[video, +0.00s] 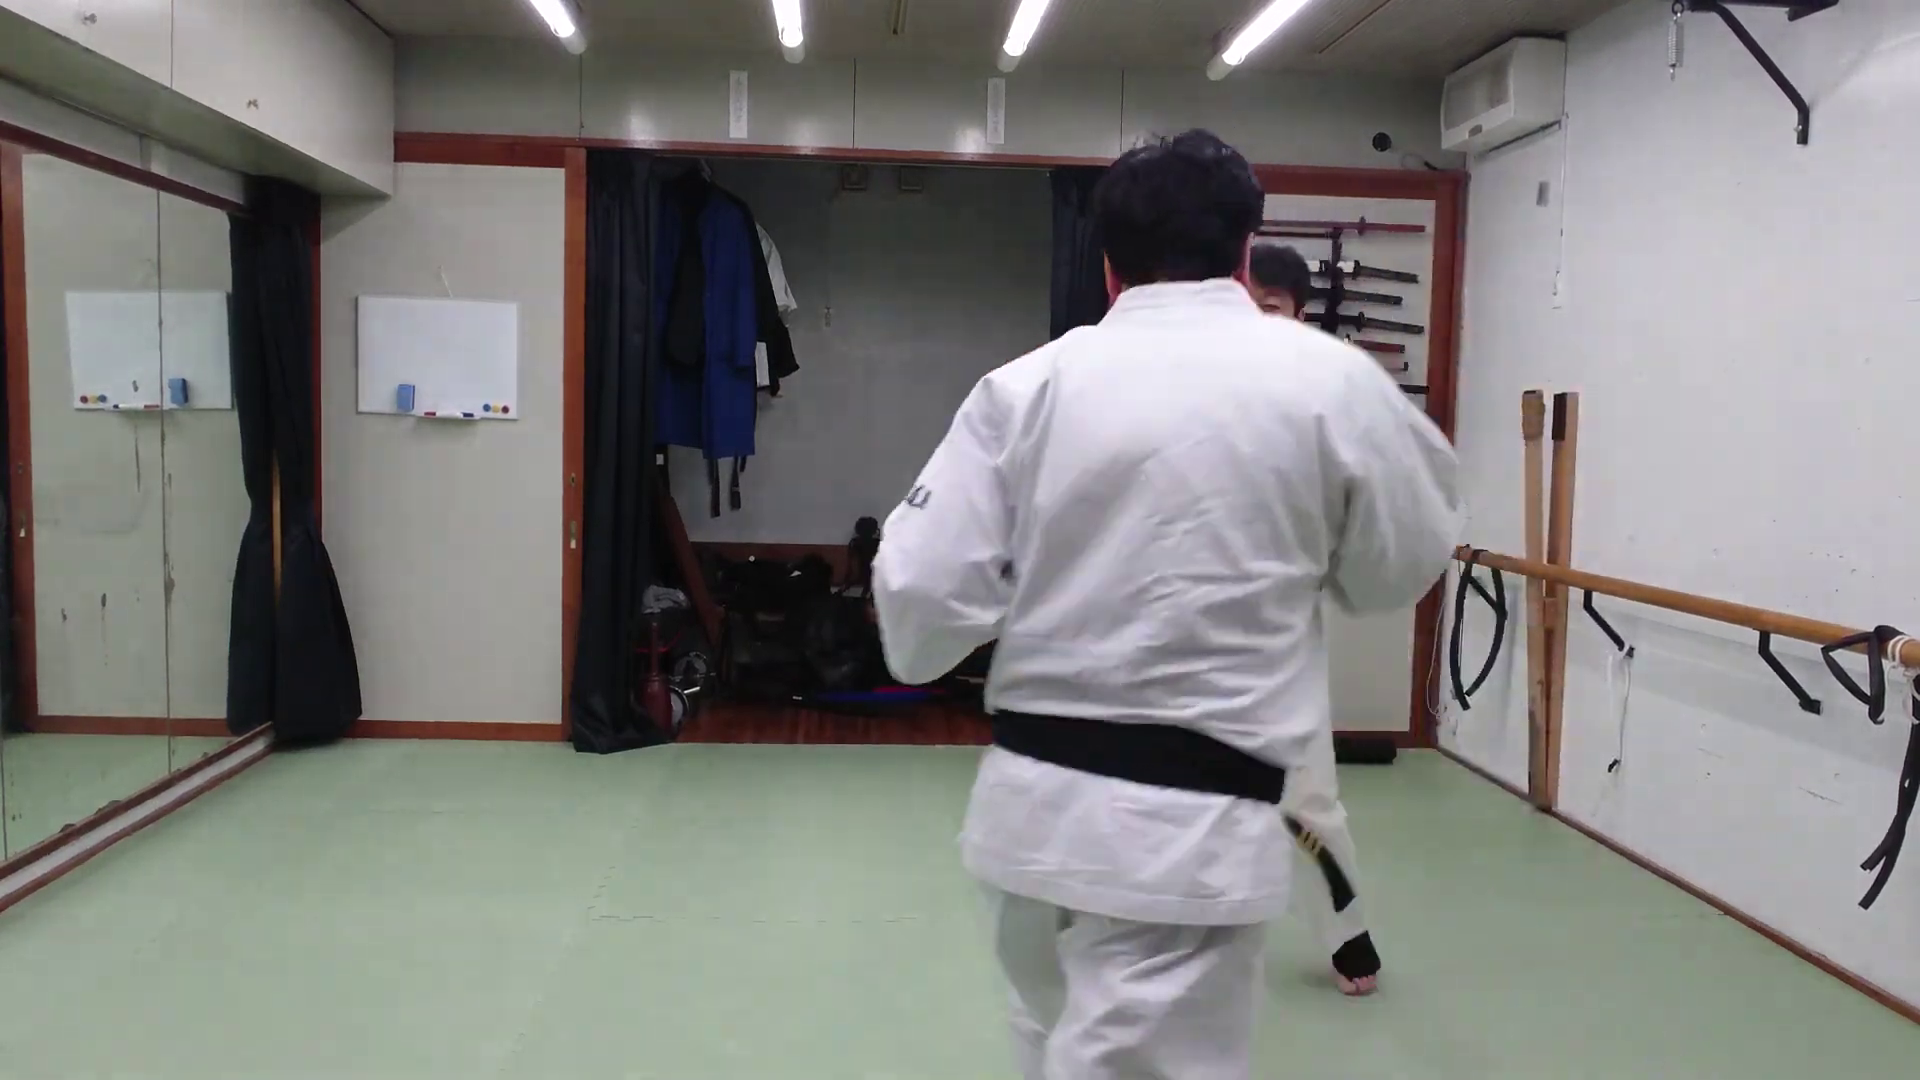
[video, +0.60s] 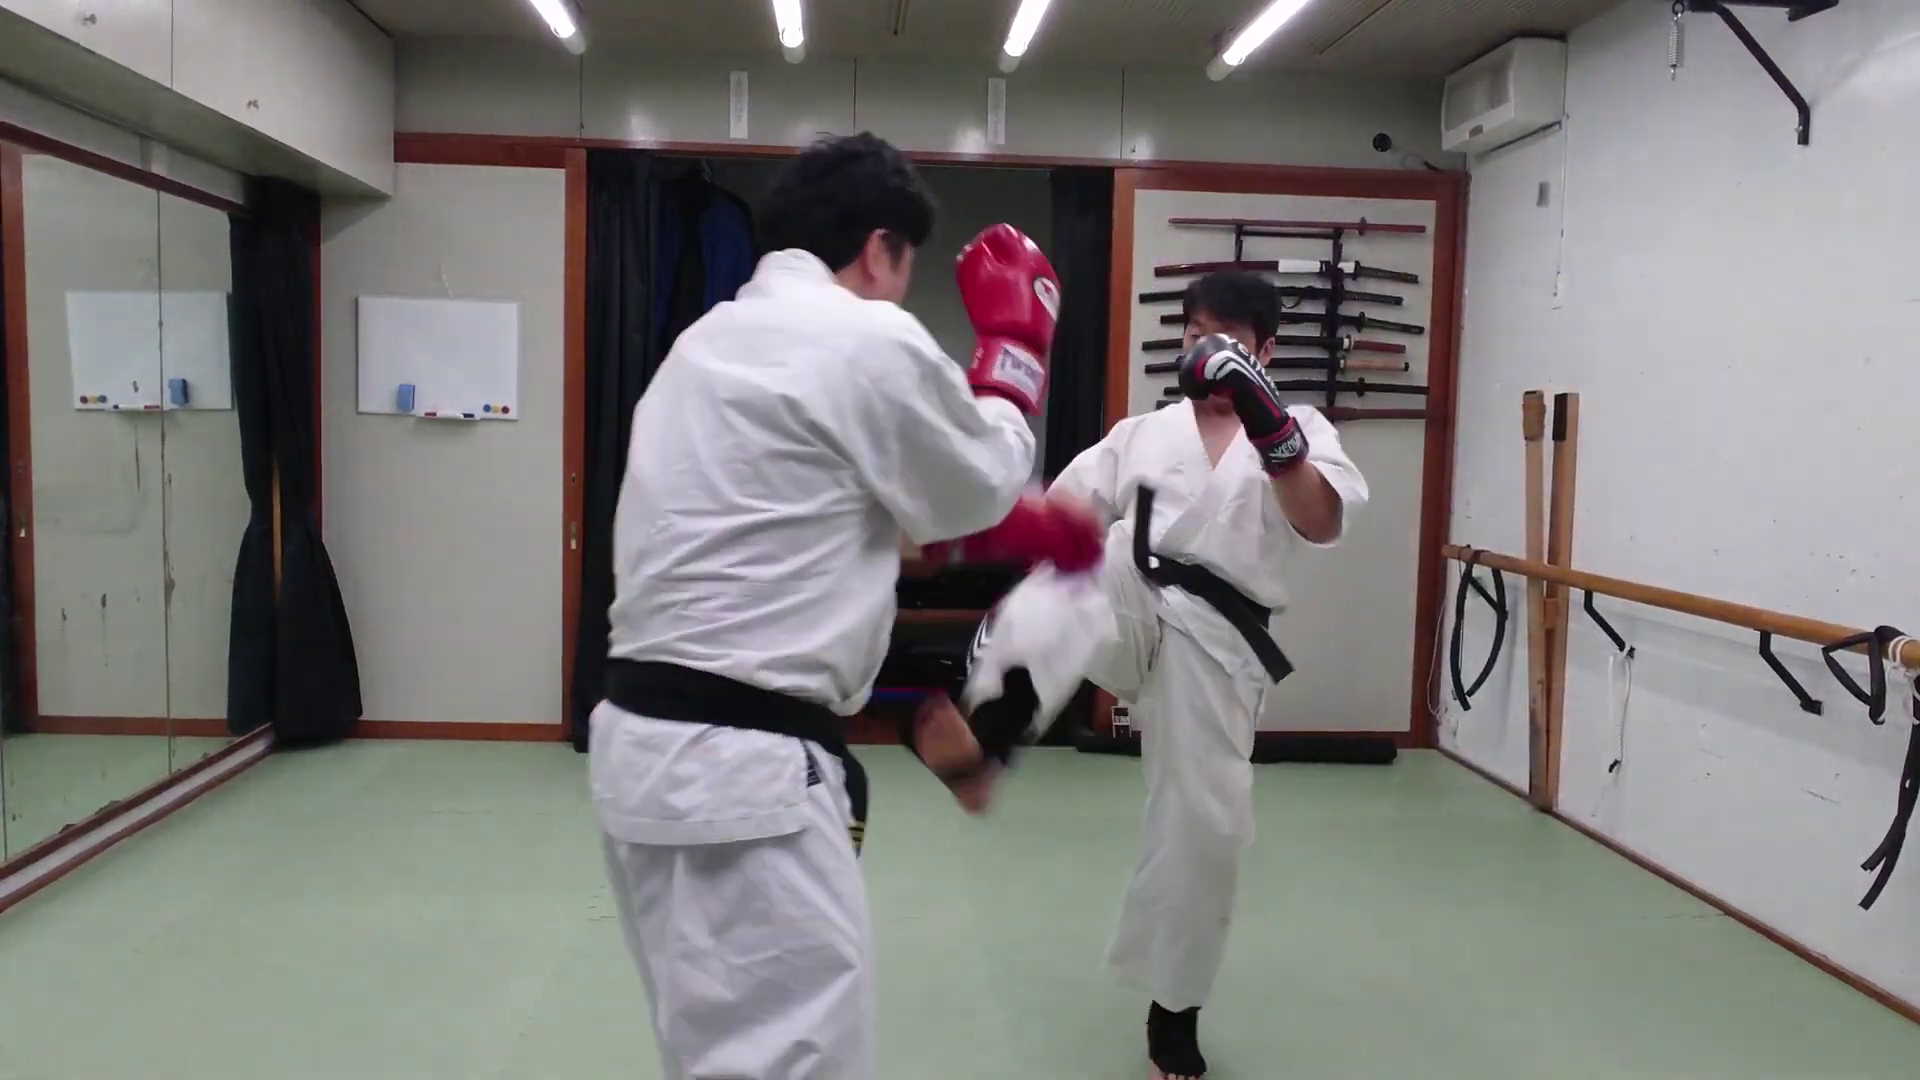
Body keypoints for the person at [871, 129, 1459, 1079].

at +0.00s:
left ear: (1111, 268)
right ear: (1244, 255)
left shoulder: (1033, 384)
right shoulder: (1326, 379)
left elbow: (920, 590)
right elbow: (1397, 567)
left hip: (1031, 813)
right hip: (1199, 830)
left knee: (1049, 1048)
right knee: (1142, 1064)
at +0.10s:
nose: (1231, 258)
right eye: (1230, 242)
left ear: (1077, 250)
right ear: (1215, 250)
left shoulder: (975, 369)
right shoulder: (1270, 383)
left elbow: (865, 580)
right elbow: (1311, 602)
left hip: (961, 790)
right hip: (1130, 820)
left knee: (968, 1042)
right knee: (1100, 1064)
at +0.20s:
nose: (1175, 244)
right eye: (1175, 224)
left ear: (1023, 220)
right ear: (1155, 230)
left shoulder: (922, 334)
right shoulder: (1205, 349)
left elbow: (825, 514)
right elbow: (1252, 570)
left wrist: (946, 519)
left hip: (902, 757)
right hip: (1065, 793)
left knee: (893, 983)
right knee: (1079, 1059)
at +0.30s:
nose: (1101, 263)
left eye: (1097, 242)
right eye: (1099, 241)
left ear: (964, 236)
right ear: (1076, 249)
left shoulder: (864, 354)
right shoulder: (1111, 366)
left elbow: (804, 502)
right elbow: (1199, 552)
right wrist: (1205, 424)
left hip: (840, 772)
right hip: (988, 811)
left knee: (804, 1021)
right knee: (1053, 1059)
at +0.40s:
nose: (1031, 302)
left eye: (1031, 279)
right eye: (1031, 276)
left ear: (900, 264)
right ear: (1009, 277)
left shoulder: (797, 386)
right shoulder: (1009, 396)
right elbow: (1114, 567)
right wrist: (1129, 421)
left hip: (758, 782)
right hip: (892, 812)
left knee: (762, 1054)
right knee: (980, 1061)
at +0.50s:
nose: (974, 296)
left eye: (977, 273)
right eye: (976, 271)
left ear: (848, 248)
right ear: (950, 262)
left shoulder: (746, 361)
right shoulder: (947, 367)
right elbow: (1032, 561)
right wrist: (1052, 432)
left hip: (684, 750)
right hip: (814, 772)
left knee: (722, 1050)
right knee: (887, 1057)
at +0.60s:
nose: (904, 282)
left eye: (909, 261)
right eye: (906, 259)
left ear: (790, 234)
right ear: (876, 248)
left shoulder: (708, 338)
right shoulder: (866, 340)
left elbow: (829, 526)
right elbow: (988, 483)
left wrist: (1001, 533)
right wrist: (1016, 341)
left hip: (635, 745)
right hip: (748, 767)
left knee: (706, 1047)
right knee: (797, 1053)